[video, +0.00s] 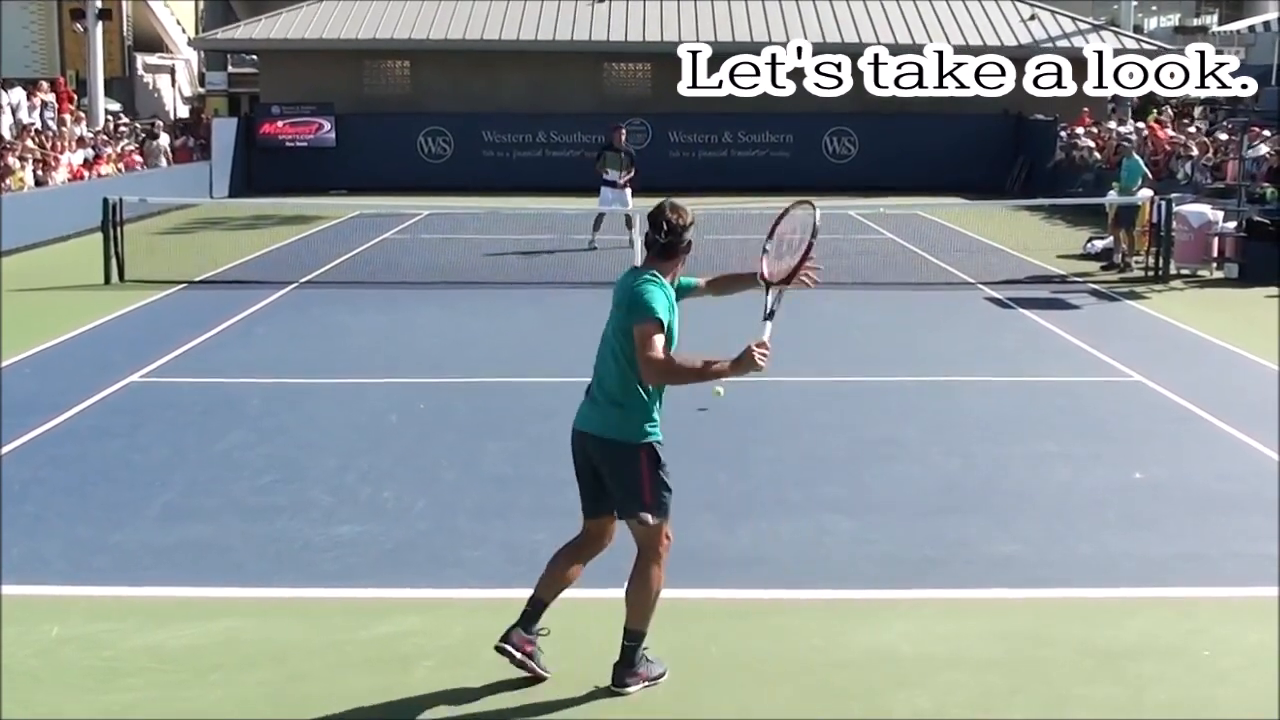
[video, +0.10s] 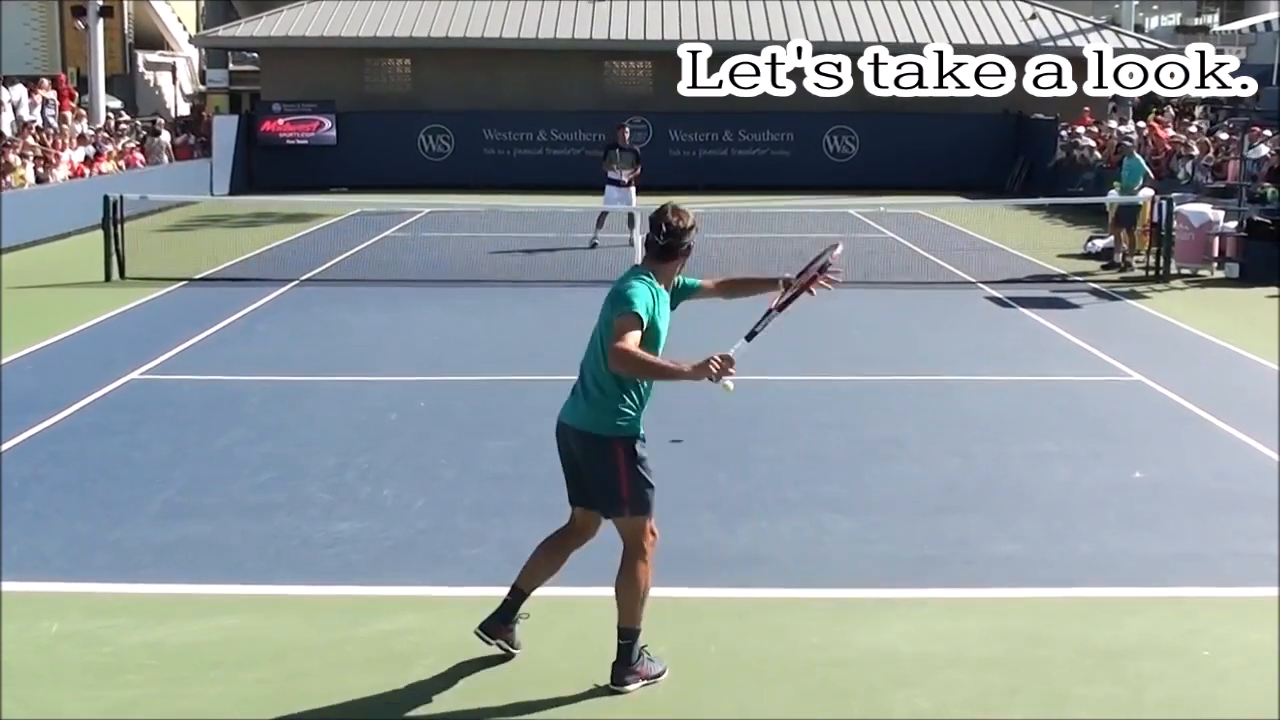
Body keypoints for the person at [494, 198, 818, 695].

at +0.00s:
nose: (690, 252)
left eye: (686, 246)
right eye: (690, 246)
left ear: (648, 243)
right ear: (686, 249)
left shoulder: (635, 280)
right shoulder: (654, 293)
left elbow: (709, 285)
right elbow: (653, 369)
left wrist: (774, 275)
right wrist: (731, 365)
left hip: (592, 431)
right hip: (631, 438)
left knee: (596, 534)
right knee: (654, 544)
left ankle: (523, 630)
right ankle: (630, 663)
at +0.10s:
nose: (687, 259)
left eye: (685, 253)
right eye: (688, 252)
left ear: (649, 246)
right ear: (685, 254)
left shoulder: (660, 285)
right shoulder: (639, 293)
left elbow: (721, 288)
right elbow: (622, 354)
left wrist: (786, 282)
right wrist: (693, 369)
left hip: (579, 429)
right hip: (612, 436)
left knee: (581, 527)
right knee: (641, 541)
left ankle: (502, 618)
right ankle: (628, 662)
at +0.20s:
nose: (688, 260)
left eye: (686, 254)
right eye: (688, 252)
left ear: (649, 245)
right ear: (682, 254)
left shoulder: (662, 289)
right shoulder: (629, 290)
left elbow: (720, 298)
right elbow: (596, 346)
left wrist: (793, 304)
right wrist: (644, 381)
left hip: (566, 418)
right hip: (593, 426)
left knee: (562, 517)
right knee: (621, 539)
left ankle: (510, 617)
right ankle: (627, 660)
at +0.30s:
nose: (679, 276)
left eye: (679, 269)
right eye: (681, 268)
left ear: (642, 258)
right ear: (674, 270)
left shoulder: (647, 300)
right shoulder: (619, 303)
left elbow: (703, 316)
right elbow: (583, 357)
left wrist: (768, 333)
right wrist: (605, 414)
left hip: (547, 424)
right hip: (572, 431)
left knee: (552, 519)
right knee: (619, 533)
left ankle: (511, 619)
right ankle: (626, 660)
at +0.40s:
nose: (670, 283)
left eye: (668, 276)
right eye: (671, 277)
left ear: (630, 267)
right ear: (664, 281)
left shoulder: (602, 292)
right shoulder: (620, 326)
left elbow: (648, 314)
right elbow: (600, 395)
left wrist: (698, 345)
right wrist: (594, 464)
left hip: (524, 429)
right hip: (562, 442)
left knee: (537, 518)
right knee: (622, 534)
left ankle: (503, 623)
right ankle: (623, 660)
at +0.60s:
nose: (642, 277)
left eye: (643, 270)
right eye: (643, 271)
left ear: (601, 256)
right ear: (632, 272)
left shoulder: (545, 276)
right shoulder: (623, 327)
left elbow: (507, 287)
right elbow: (647, 378)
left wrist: (560, 294)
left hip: (510, 429)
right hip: (565, 439)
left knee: (511, 514)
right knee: (615, 534)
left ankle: (502, 624)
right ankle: (625, 656)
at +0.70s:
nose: (626, 260)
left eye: (626, 253)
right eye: (628, 253)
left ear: (585, 237)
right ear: (622, 253)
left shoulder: (531, 267)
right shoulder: (613, 300)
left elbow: (477, 300)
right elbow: (629, 346)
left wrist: (523, 285)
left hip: (512, 418)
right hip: (568, 425)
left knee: (508, 511)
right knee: (606, 526)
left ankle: (503, 623)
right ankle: (626, 640)